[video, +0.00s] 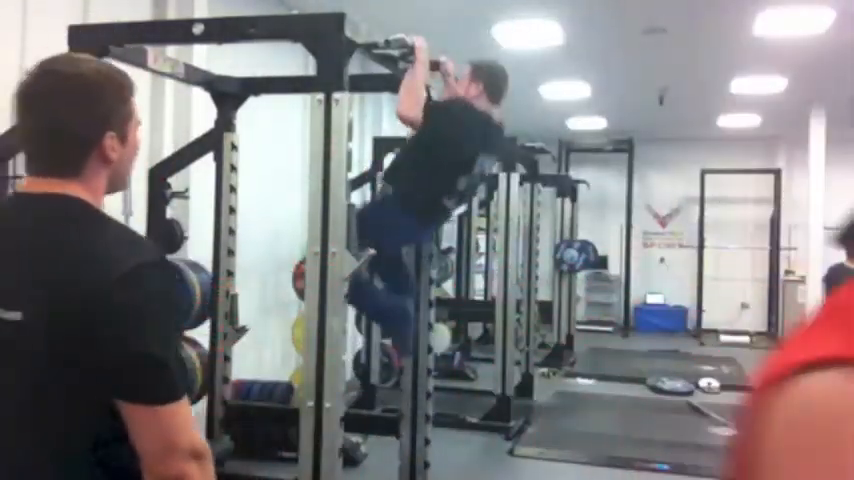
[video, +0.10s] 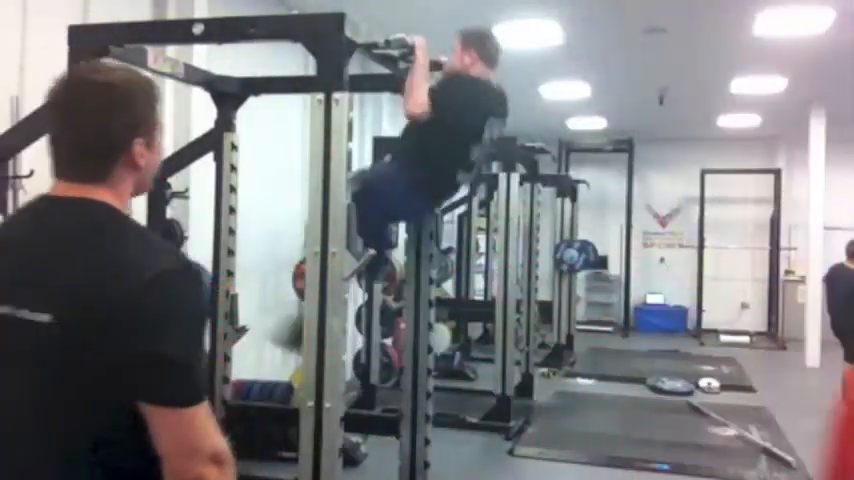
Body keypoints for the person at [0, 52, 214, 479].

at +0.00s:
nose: (139, 141)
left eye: (138, 127)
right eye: (135, 128)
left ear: (31, 135)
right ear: (110, 145)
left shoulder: (8, 223)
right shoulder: (129, 267)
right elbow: (176, 459)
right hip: (89, 466)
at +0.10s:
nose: (160, 149)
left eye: (158, 135)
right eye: (158, 136)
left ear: (59, 140)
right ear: (138, 152)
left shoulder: (10, 237)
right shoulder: (155, 273)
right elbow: (196, 461)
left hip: (16, 462)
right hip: (114, 468)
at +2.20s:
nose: (330, 177)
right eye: (329, 167)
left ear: (264, 170)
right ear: (323, 178)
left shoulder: (202, 256)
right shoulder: (351, 263)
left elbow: (181, 378)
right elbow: (390, 391)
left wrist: (198, 455)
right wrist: (407, 466)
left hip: (234, 463)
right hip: (329, 463)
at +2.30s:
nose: (347, 178)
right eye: (346, 170)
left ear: (279, 171)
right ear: (339, 179)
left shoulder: (219, 256)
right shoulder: (369, 266)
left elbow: (193, 376)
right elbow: (406, 393)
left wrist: (207, 455)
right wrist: (423, 469)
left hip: (248, 461)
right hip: (342, 463)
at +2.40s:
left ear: (296, 169)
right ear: (357, 182)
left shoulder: (235, 257)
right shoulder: (384, 264)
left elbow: (212, 376)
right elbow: (424, 394)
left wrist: (225, 453)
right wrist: (434, 471)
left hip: (265, 459)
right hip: (358, 462)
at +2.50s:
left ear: (317, 172)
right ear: (377, 183)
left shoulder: (258, 253)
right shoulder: (405, 266)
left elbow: (232, 377)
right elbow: (442, 398)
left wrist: (253, 450)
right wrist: (451, 471)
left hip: (283, 461)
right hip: (376, 463)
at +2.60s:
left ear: (336, 172)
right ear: (395, 185)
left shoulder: (278, 251)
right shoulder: (420, 266)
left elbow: (253, 375)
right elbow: (456, 399)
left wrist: (283, 444)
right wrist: (463, 471)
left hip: (300, 459)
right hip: (391, 463)